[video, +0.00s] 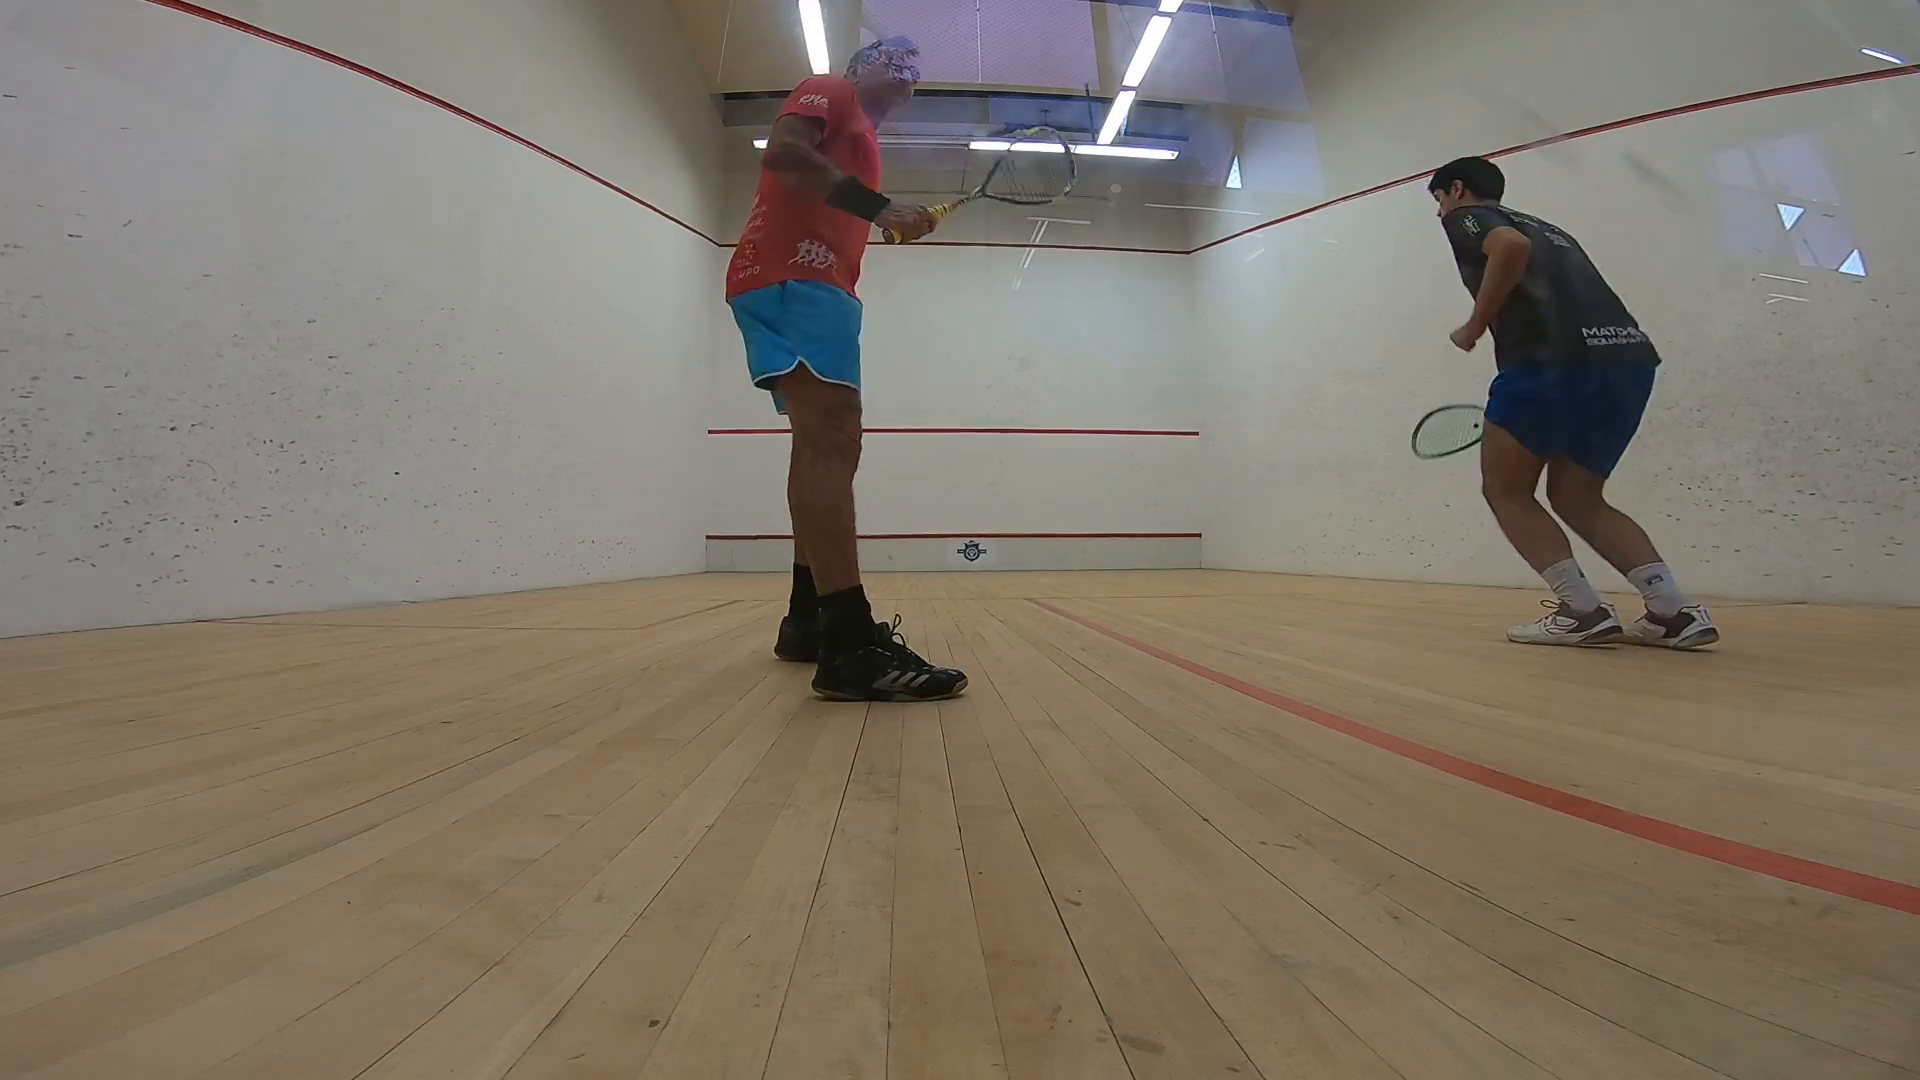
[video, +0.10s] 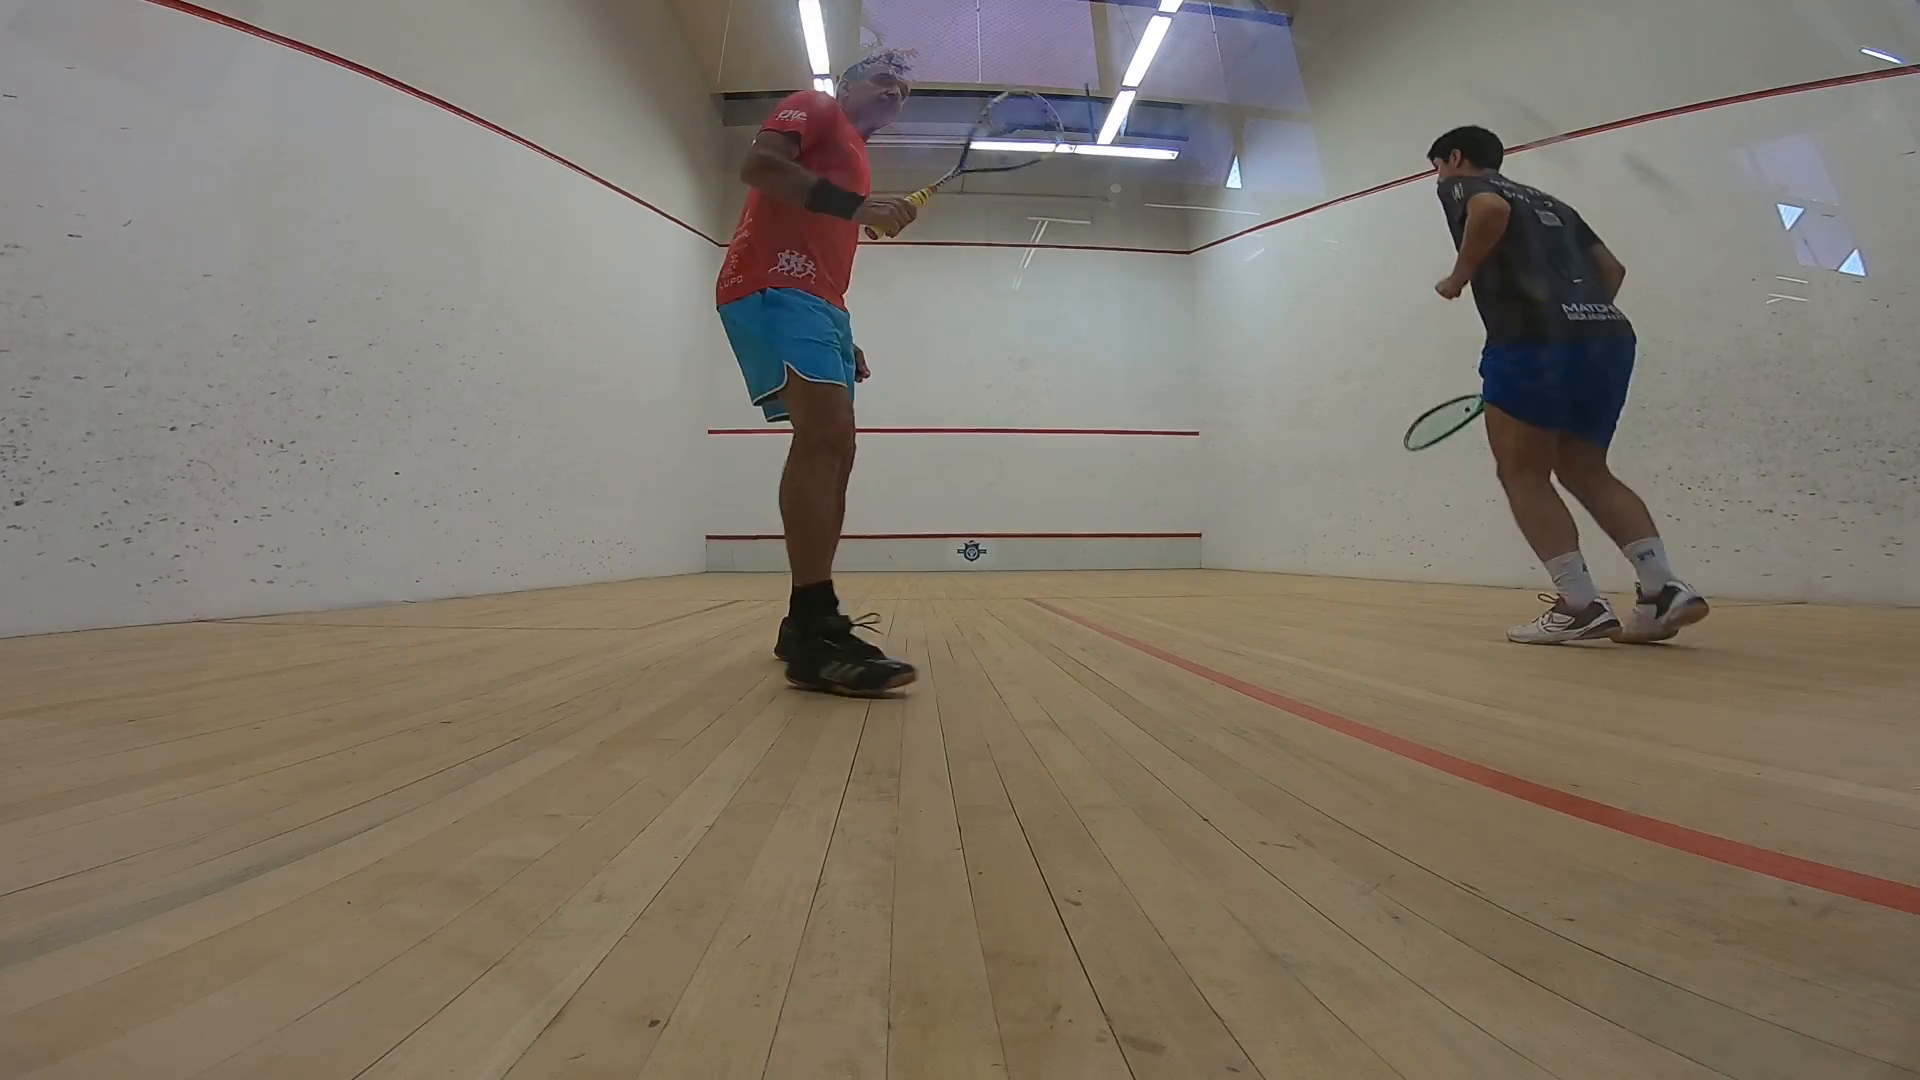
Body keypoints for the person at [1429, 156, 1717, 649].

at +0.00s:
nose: (1438, 209)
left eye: (1439, 198)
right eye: (1436, 201)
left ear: (1458, 190)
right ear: (1493, 191)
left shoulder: (1465, 216)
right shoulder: (1540, 227)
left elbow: (1509, 243)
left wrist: (1475, 324)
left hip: (1552, 359)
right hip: (1628, 355)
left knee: (1506, 489)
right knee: (1575, 495)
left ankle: (1582, 609)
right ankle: (1672, 610)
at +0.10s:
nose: (1436, 176)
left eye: (1437, 167)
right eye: (1435, 168)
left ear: (1457, 158)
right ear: (1492, 161)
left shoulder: (1461, 182)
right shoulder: (1547, 201)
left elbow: (1491, 210)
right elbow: (1610, 269)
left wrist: (1458, 275)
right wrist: (1577, 333)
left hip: (1534, 340)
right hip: (1607, 338)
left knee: (1522, 472)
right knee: (1583, 467)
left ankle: (1579, 605)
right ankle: (1663, 590)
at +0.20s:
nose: (1437, 152)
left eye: (1437, 142)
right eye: (1436, 144)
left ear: (1453, 134)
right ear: (1489, 138)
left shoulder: (1451, 157)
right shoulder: (1543, 177)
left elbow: (1481, 181)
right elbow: (1610, 238)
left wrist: (1453, 250)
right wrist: (1581, 292)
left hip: (1522, 315)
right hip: (1596, 311)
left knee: (1521, 445)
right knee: (1580, 440)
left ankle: (1561, 583)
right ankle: (1637, 566)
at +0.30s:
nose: (1434, 146)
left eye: (1437, 137)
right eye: (1435, 138)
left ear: (1457, 134)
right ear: (1489, 141)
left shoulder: (1451, 159)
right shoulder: (1544, 176)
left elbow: (1478, 194)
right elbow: (1608, 237)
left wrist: (1453, 262)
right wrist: (1585, 297)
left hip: (1517, 307)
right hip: (1593, 309)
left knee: (1506, 439)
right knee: (1574, 439)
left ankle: (1544, 576)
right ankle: (1605, 574)